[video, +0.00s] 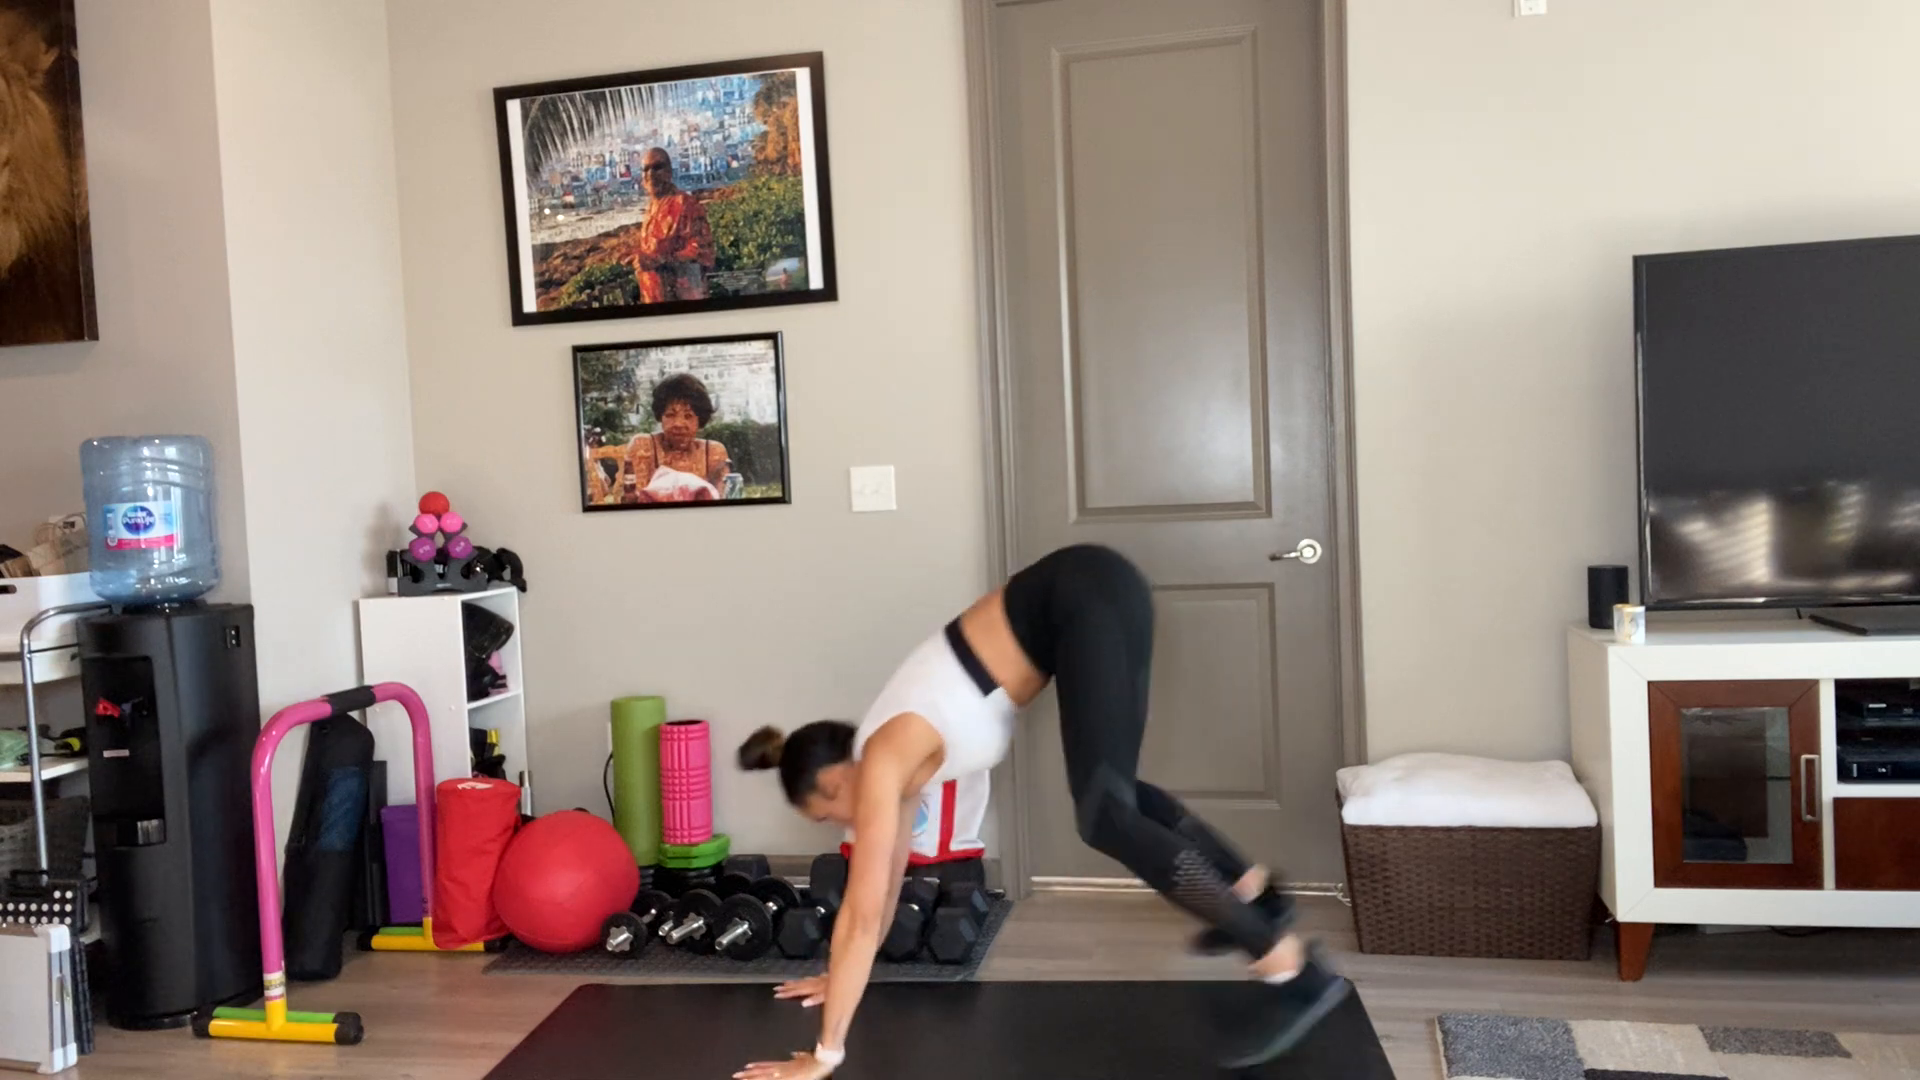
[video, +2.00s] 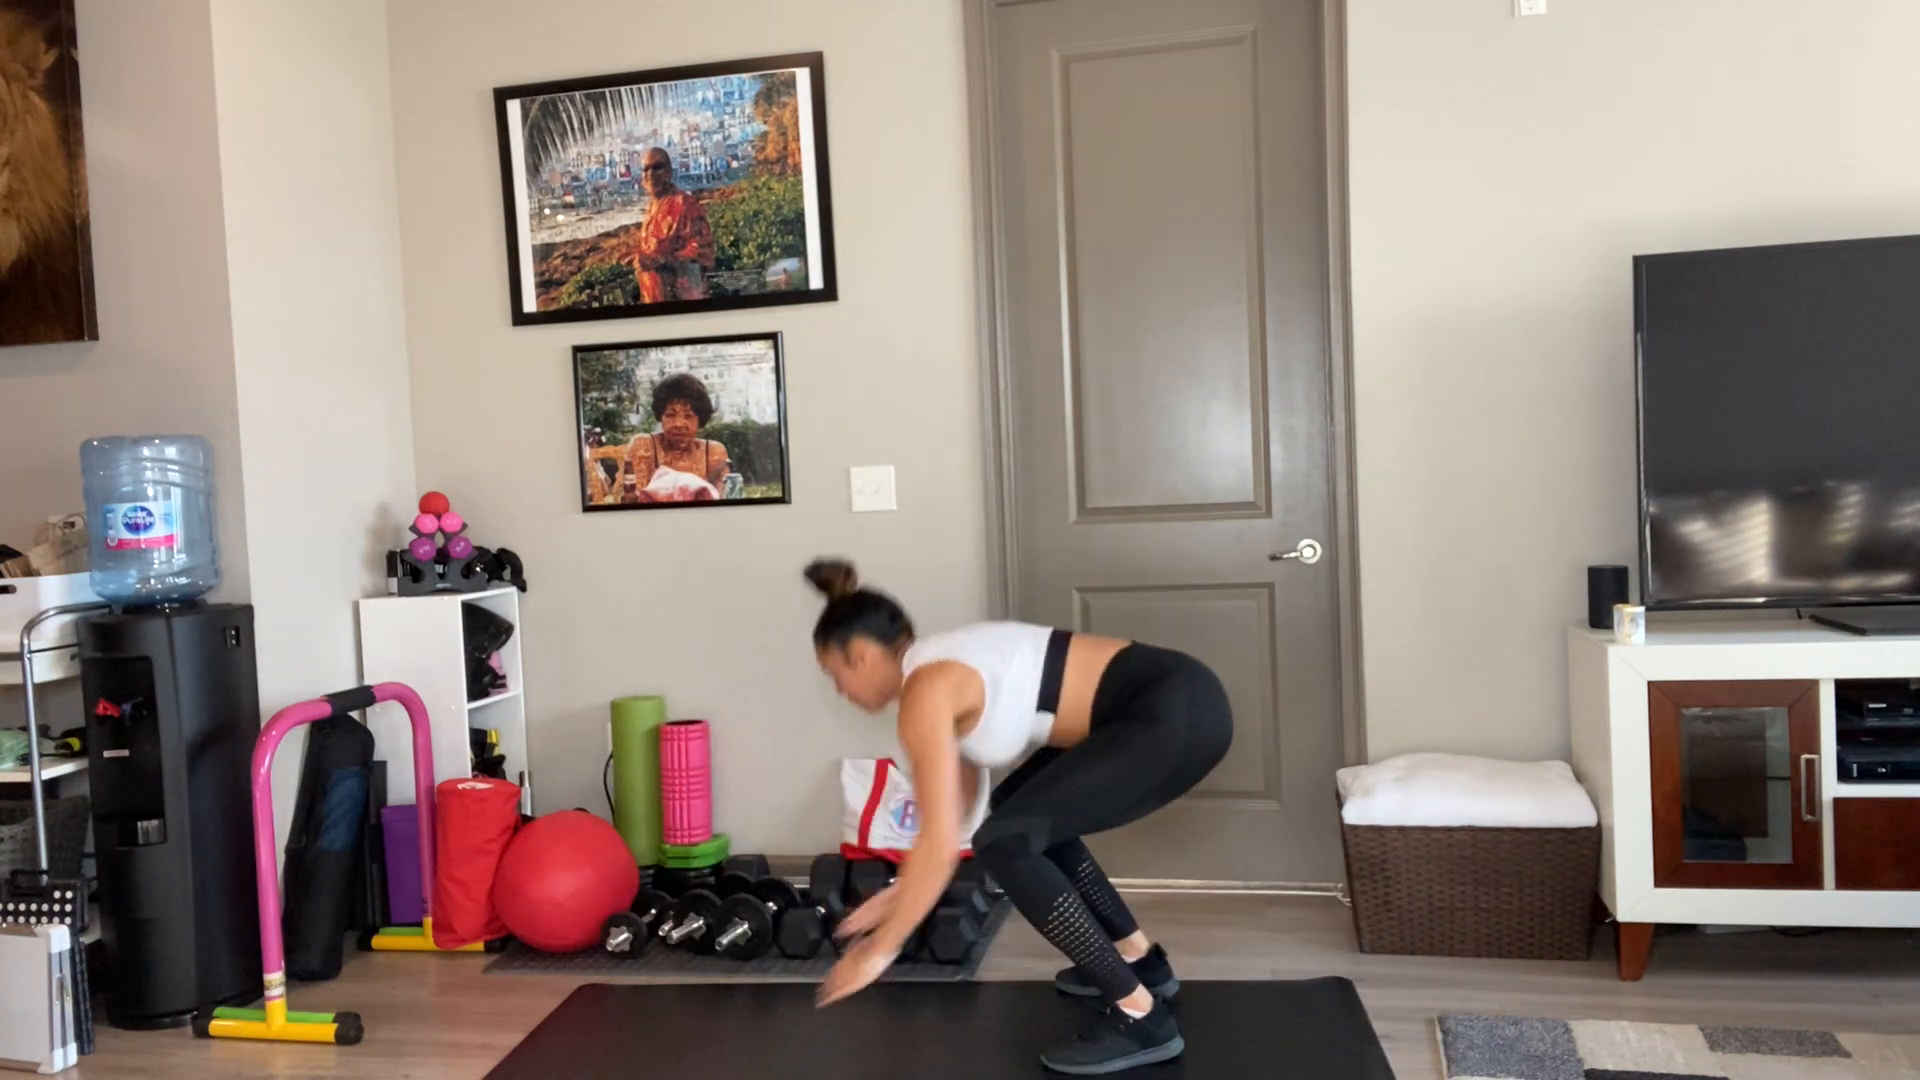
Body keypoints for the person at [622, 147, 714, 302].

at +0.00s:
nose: (650, 174)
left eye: (657, 167)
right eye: (645, 169)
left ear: (669, 171)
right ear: (642, 176)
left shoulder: (686, 204)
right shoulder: (653, 207)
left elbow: (702, 254)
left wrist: (657, 261)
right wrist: (638, 257)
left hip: (683, 297)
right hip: (655, 297)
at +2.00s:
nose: (650, 174)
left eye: (657, 167)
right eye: (645, 169)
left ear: (669, 171)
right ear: (642, 176)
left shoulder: (686, 204)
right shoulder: (654, 206)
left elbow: (702, 255)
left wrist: (656, 260)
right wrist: (638, 257)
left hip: (683, 297)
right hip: (655, 297)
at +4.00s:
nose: (650, 175)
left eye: (657, 167)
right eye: (645, 169)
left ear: (669, 172)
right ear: (642, 176)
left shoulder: (686, 204)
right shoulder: (654, 206)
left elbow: (703, 255)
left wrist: (657, 261)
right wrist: (638, 258)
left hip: (683, 297)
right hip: (655, 297)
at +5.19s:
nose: (650, 174)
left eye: (657, 168)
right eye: (645, 169)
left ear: (670, 172)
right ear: (642, 175)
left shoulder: (685, 204)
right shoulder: (653, 206)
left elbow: (702, 254)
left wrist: (656, 261)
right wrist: (639, 257)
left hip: (683, 297)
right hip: (655, 297)